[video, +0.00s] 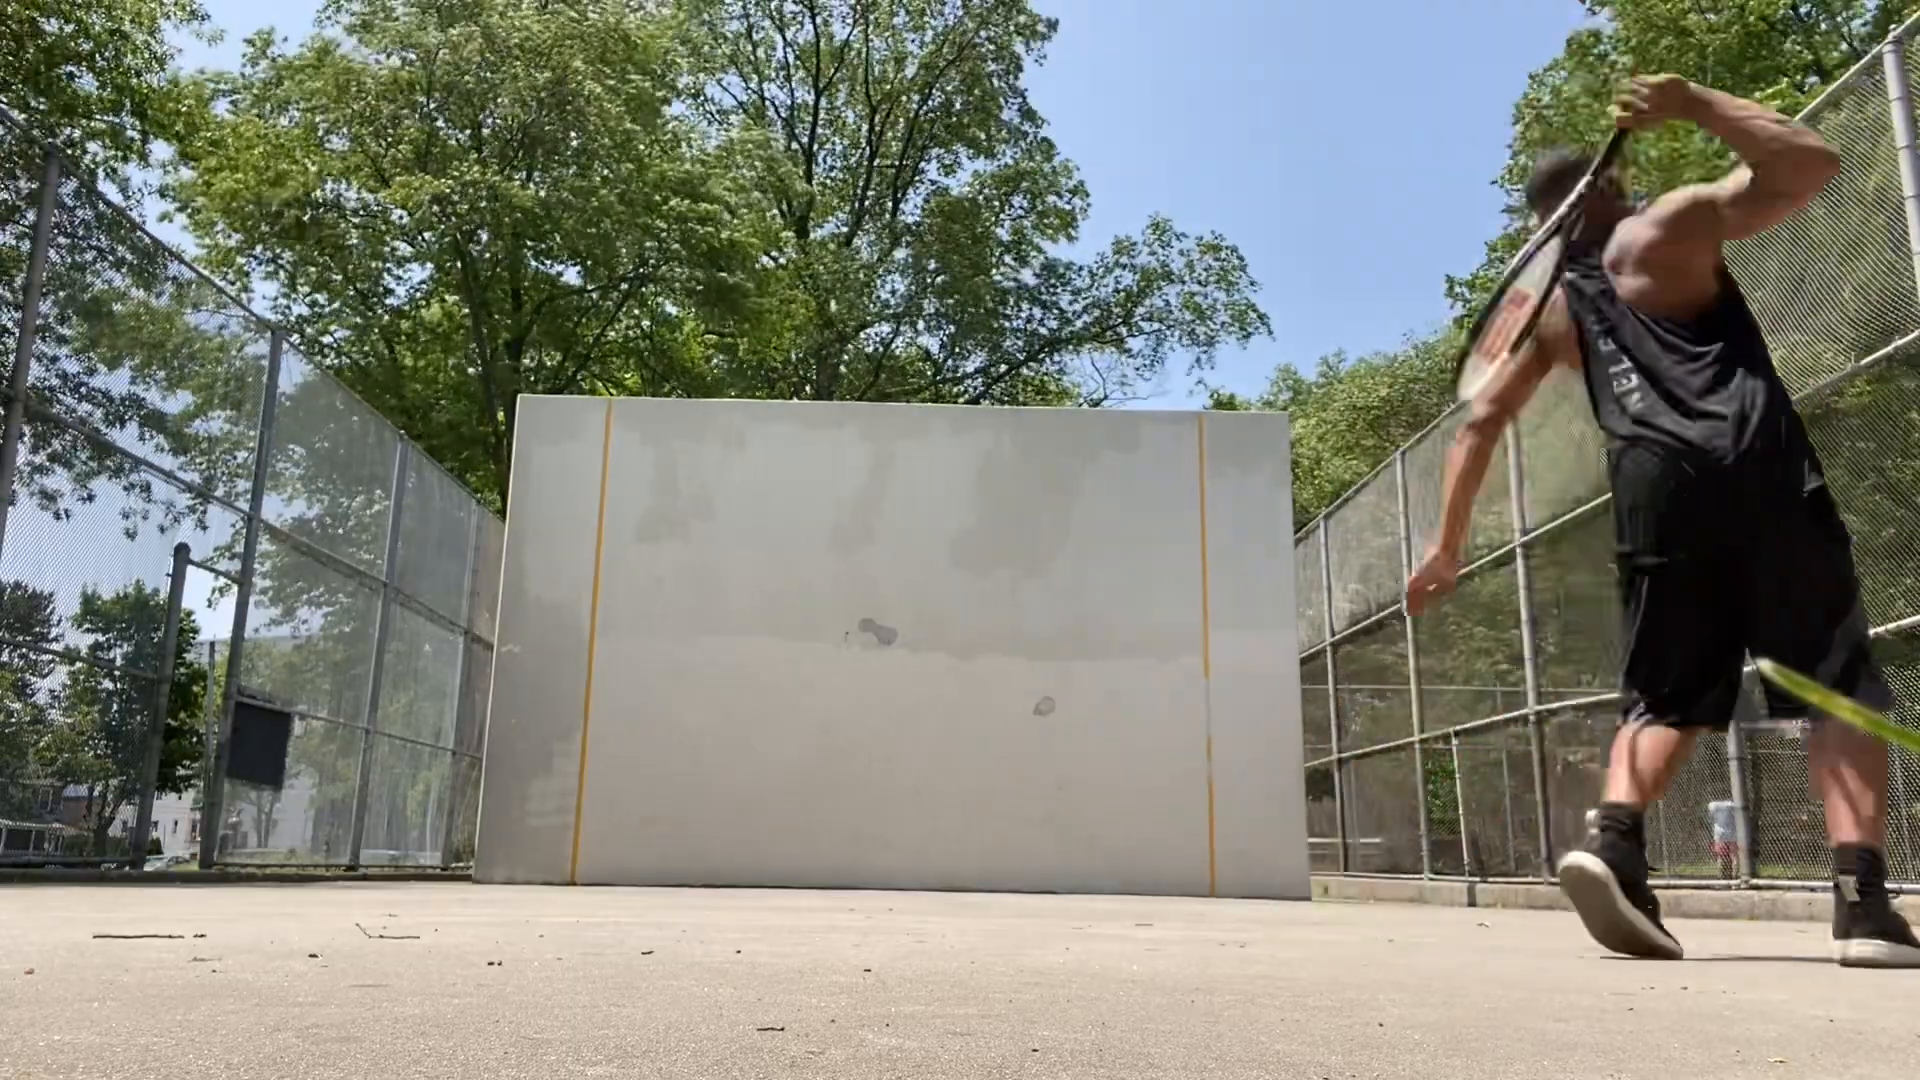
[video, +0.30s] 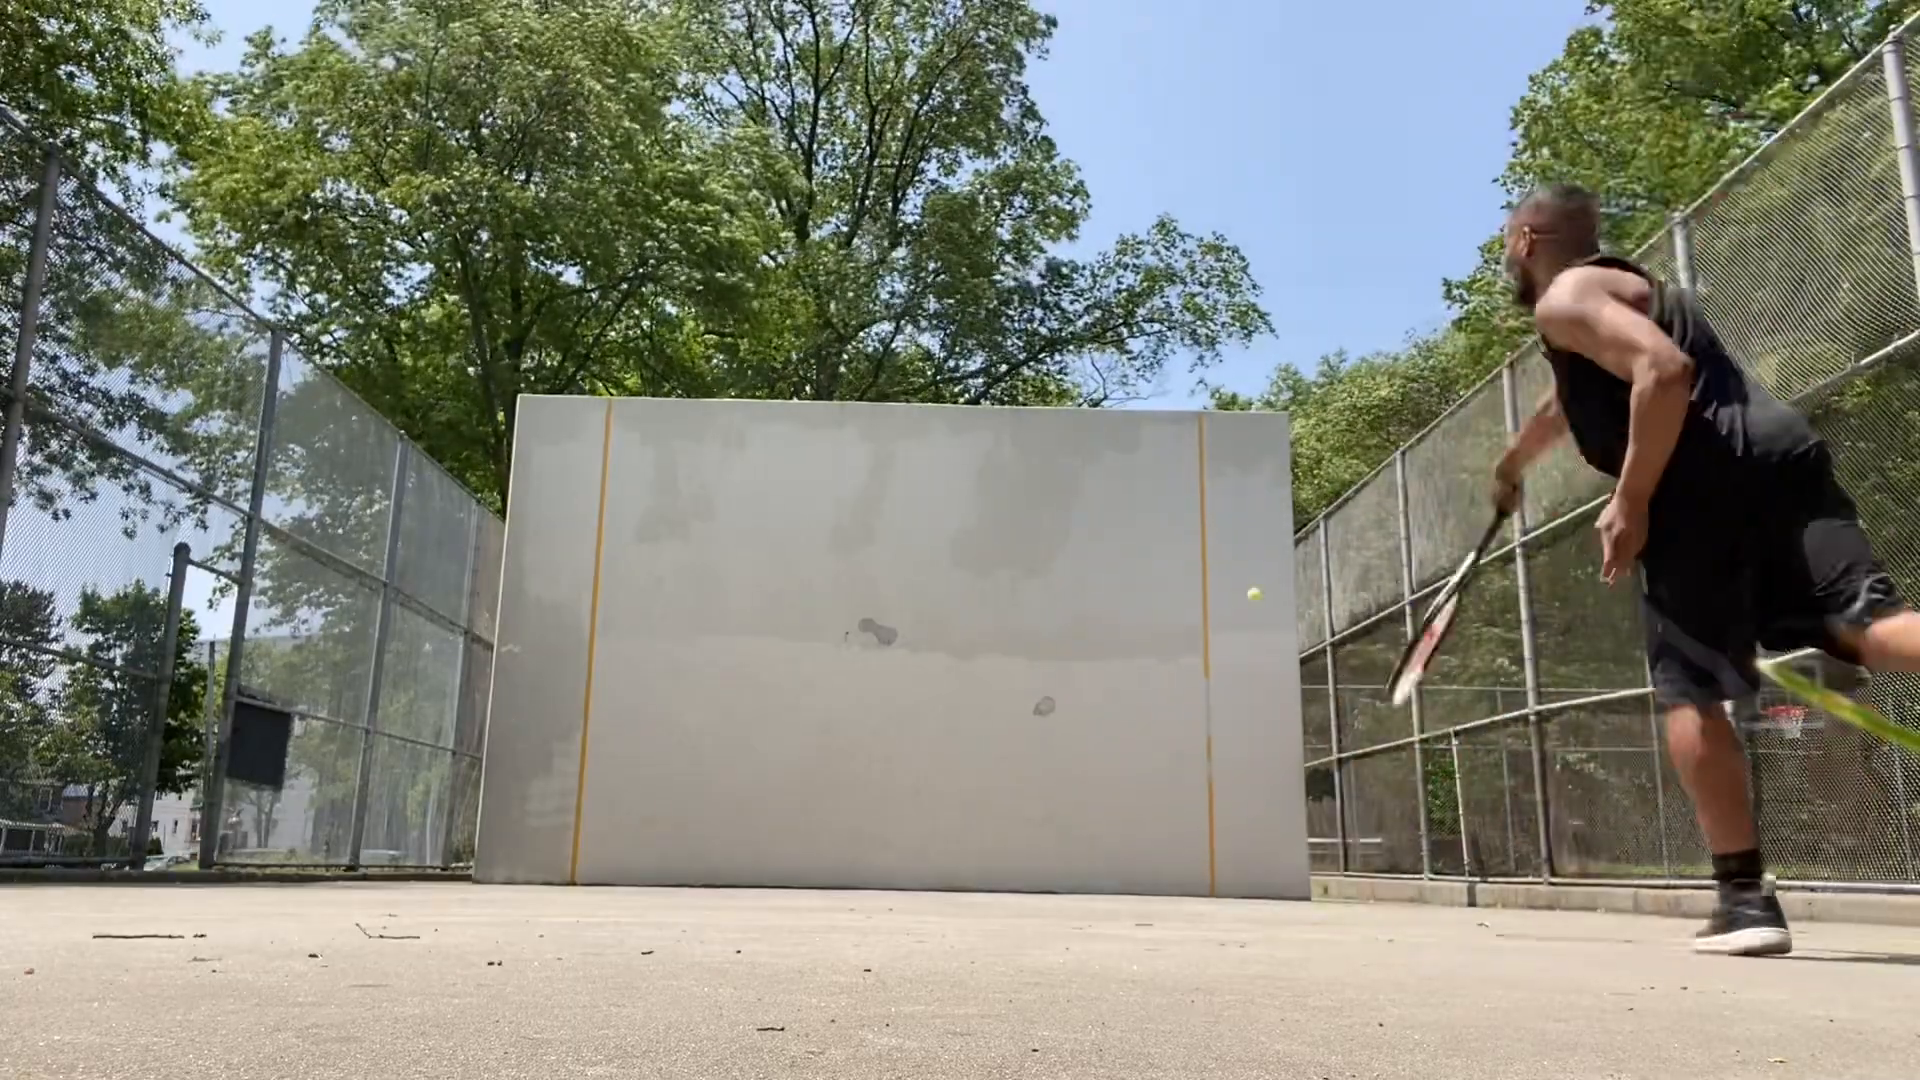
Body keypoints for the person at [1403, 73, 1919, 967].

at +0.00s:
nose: (1619, 182)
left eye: (1608, 176)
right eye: (1609, 177)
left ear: (1550, 220)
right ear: (1601, 189)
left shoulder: (1547, 307)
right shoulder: (1667, 224)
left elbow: (1481, 418)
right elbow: (1810, 163)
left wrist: (1446, 545)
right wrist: (1695, 102)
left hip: (1654, 504)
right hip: (1764, 477)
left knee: (1671, 686)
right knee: (1839, 678)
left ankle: (1613, 846)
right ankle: (1863, 903)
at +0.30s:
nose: (1504, 255)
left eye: (1507, 242)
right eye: (1507, 242)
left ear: (1528, 243)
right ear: (1585, 241)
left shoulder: (1563, 298)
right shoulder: (1630, 288)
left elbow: (1664, 370)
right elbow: (1566, 402)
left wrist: (1630, 502)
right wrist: (1510, 464)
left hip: (1701, 480)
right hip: (1780, 447)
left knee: (1688, 696)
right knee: (1863, 621)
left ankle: (1746, 904)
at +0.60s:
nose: (1490, 322)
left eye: (1492, 310)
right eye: (1490, 311)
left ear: (1509, 305)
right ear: (1558, 294)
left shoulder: (1534, 324)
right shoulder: (1615, 323)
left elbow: (1621, 394)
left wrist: (1586, 517)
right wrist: (1594, 542)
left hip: (1714, 494)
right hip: (1785, 473)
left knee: (1690, 703)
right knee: (1812, 695)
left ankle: (1753, 903)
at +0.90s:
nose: (1501, 303)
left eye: (1501, 293)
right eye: (1503, 293)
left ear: (1512, 288)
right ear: (1579, 282)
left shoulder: (1510, 338)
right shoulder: (1646, 328)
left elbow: (1525, 459)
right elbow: (1709, 426)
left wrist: (1549, 531)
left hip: (1614, 511)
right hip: (1715, 510)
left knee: (1534, 692)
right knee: (1738, 710)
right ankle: (1854, 897)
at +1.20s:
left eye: (1483, 266)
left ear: (1481, 278)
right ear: (1554, 269)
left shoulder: (1443, 334)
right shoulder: (1600, 298)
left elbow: (1450, 460)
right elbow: (1683, 392)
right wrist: (1649, 409)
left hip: (1497, 521)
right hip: (1606, 514)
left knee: (1475, 704)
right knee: (1666, 696)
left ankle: (1467, 894)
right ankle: (1727, 885)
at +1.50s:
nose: (1643, 310)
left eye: (1610, 295)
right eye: (1641, 304)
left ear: (1570, 310)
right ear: (1631, 306)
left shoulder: (1508, 358)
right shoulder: (1637, 323)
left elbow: (1390, 436)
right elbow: (1707, 370)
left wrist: (1334, 505)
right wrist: (1858, 340)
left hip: (1498, 540)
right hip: (1605, 531)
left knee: (1470, 720)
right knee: (1663, 714)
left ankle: (1463, 889)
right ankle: (1710, 904)